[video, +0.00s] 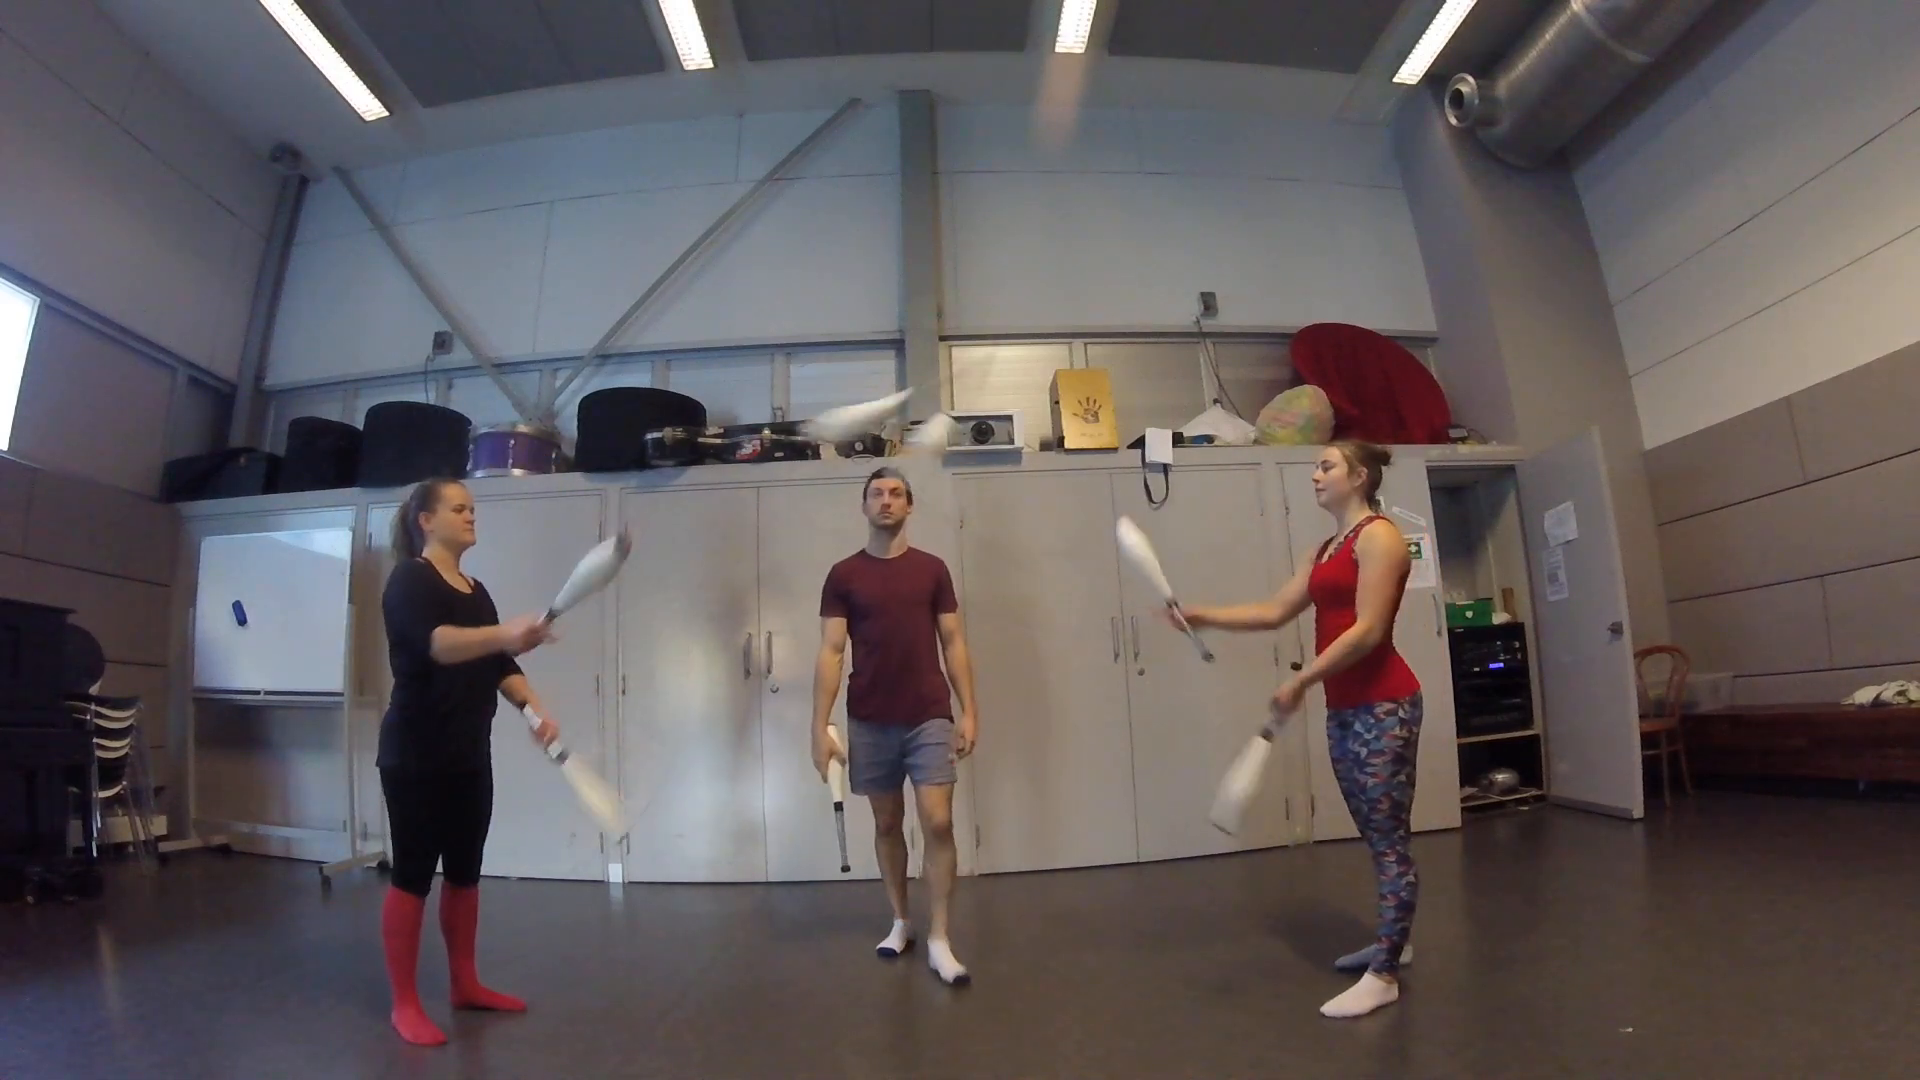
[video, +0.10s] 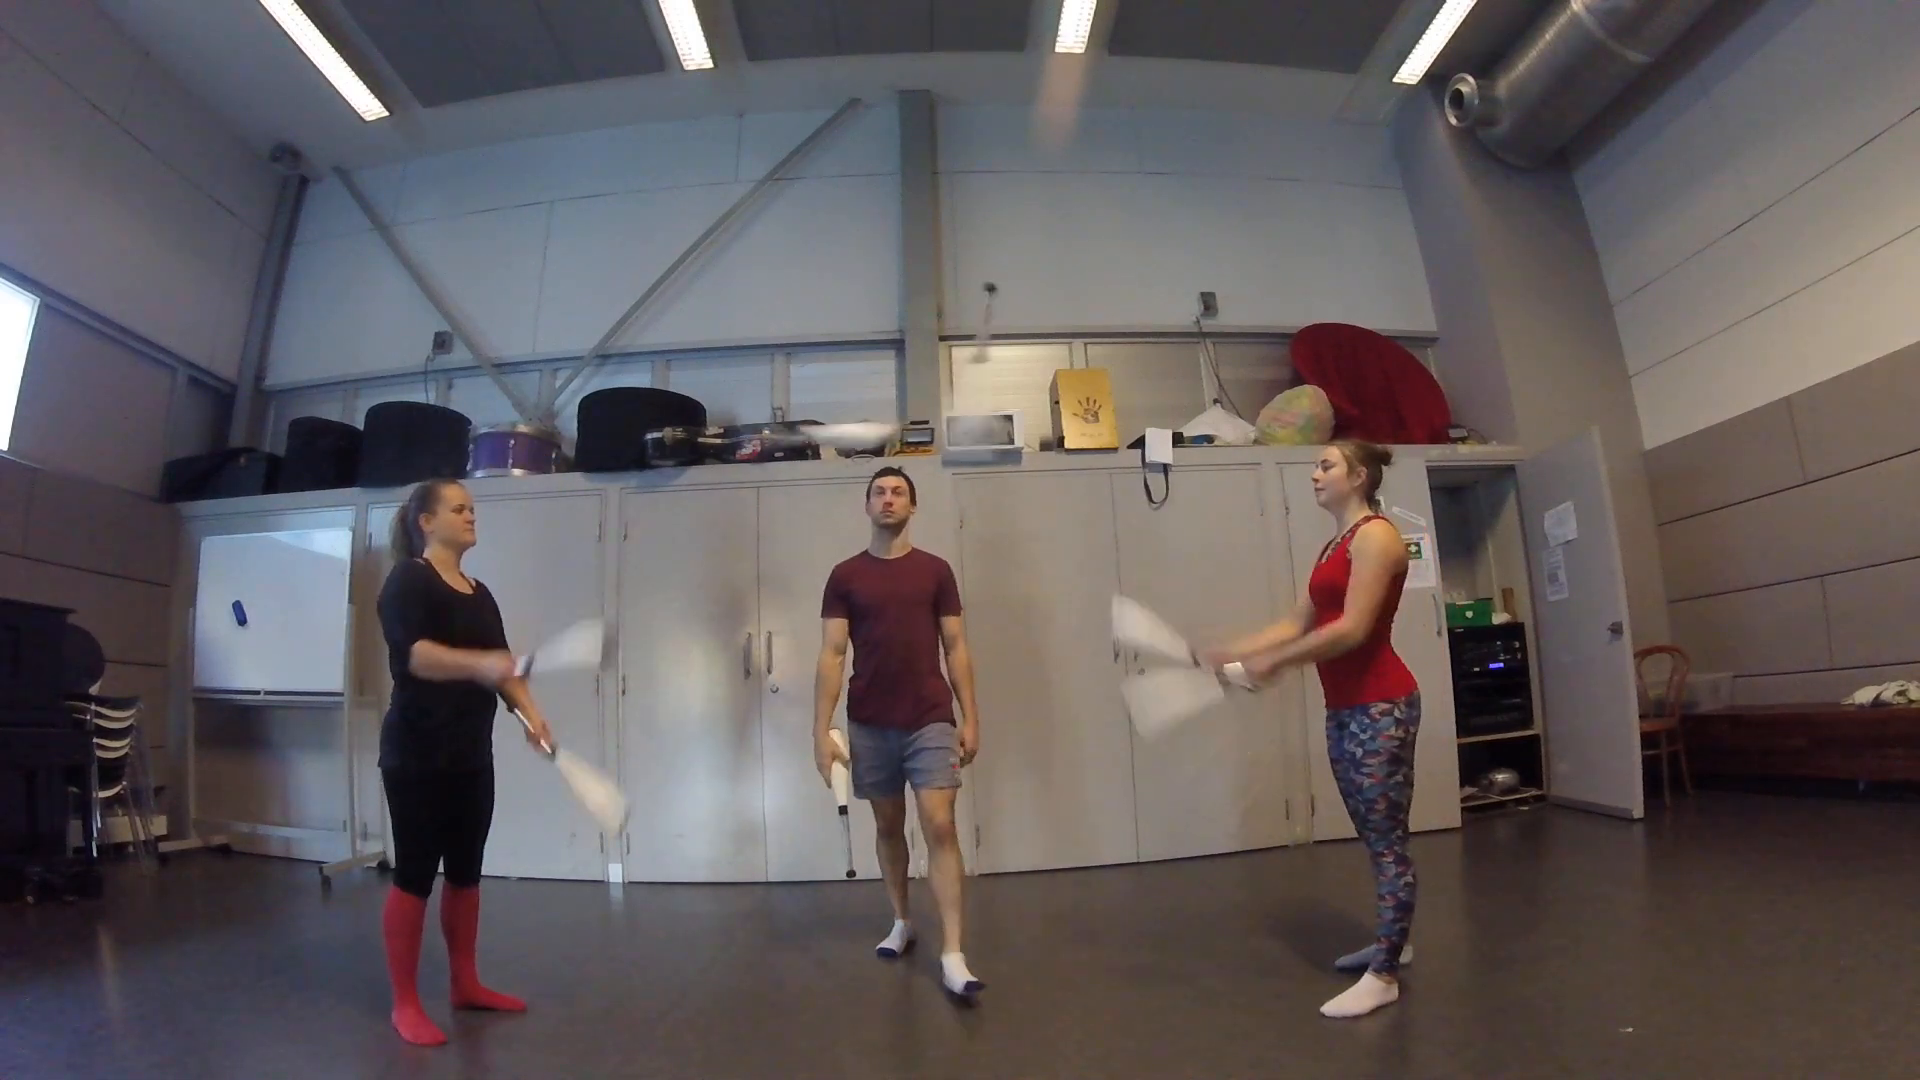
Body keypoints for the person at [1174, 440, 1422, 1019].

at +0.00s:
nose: (1315, 477)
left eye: (1327, 467)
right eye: (1316, 468)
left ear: (1361, 478)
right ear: (1335, 479)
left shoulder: (1380, 536)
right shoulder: (1327, 549)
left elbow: (1371, 629)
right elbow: (1274, 613)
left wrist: (1302, 678)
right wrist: (1199, 616)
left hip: (1383, 706)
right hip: (1347, 708)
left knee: (1388, 838)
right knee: (1377, 834)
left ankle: (1384, 976)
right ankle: (1394, 942)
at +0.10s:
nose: (1315, 476)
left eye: (1327, 467)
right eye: (1316, 467)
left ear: (1361, 476)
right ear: (1345, 479)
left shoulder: (1377, 536)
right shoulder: (1338, 543)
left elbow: (1355, 629)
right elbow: (1299, 624)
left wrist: (1274, 663)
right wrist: (1233, 653)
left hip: (1381, 708)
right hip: (1349, 708)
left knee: (1387, 839)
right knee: (1377, 835)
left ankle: (1384, 975)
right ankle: (1394, 943)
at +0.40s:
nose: (1312, 476)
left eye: (1323, 467)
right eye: (1313, 467)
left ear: (1357, 477)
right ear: (1349, 480)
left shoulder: (1372, 532)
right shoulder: (1342, 540)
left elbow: (1323, 594)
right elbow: (1325, 620)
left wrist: (1244, 585)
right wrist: (1294, 675)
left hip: (1375, 706)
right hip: (1350, 707)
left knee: (1384, 838)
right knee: (1378, 834)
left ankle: (1385, 975)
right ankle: (1392, 944)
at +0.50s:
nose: (1312, 476)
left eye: (1323, 467)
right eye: (1313, 467)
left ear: (1355, 477)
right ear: (1339, 479)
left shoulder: (1369, 534)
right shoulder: (1342, 540)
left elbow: (1343, 607)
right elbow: (1333, 631)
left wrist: (1265, 635)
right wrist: (1273, 650)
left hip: (1374, 707)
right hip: (1351, 707)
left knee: (1383, 838)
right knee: (1377, 834)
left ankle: (1383, 975)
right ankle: (1392, 944)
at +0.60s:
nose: (1313, 477)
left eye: (1324, 468)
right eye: (1314, 468)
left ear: (1357, 479)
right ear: (1347, 482)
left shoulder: (1371, 535)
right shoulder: (1339, 543)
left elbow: (1357, 619)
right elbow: (1302, 629)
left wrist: (1292, 669)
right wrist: (1250, 612)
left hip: (1375, 706)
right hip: (1348, 707)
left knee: (1383, 837)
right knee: (1377, 834)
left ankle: (1384, 975)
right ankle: (1392, 943)